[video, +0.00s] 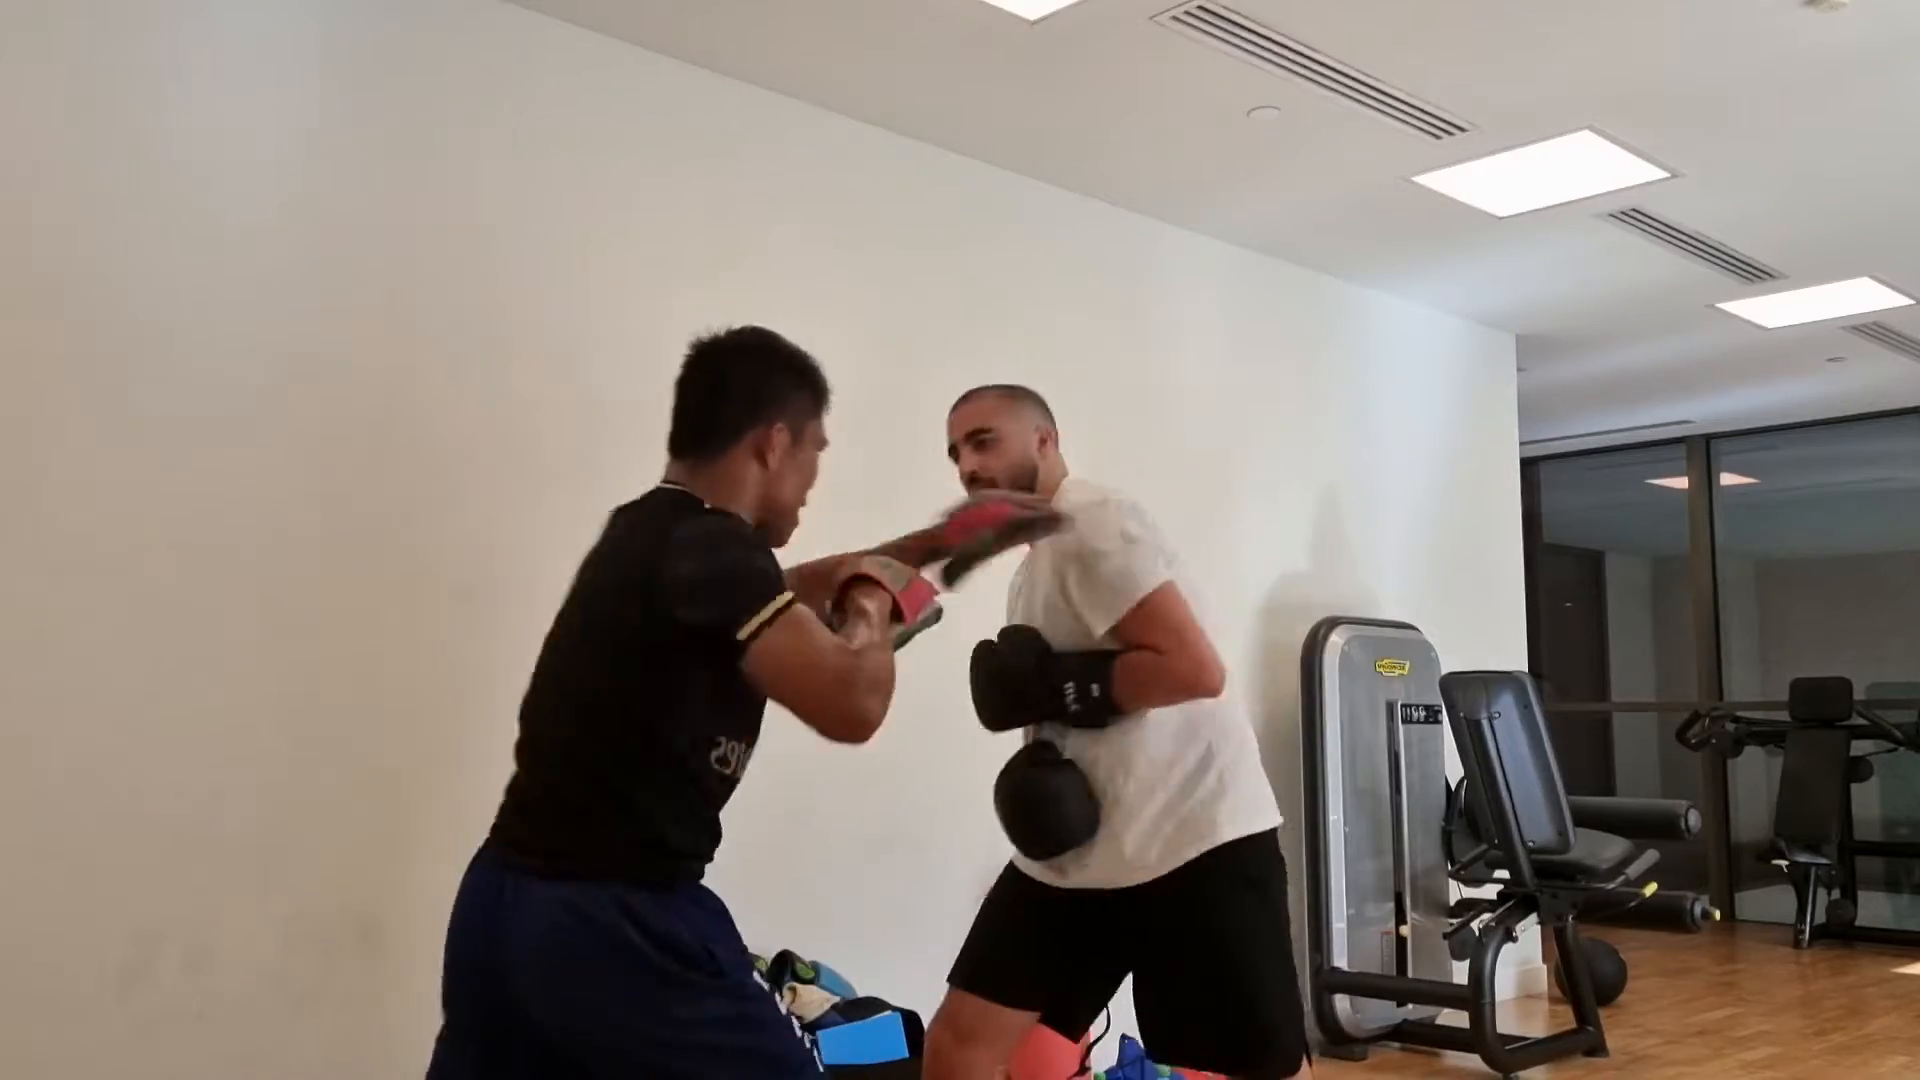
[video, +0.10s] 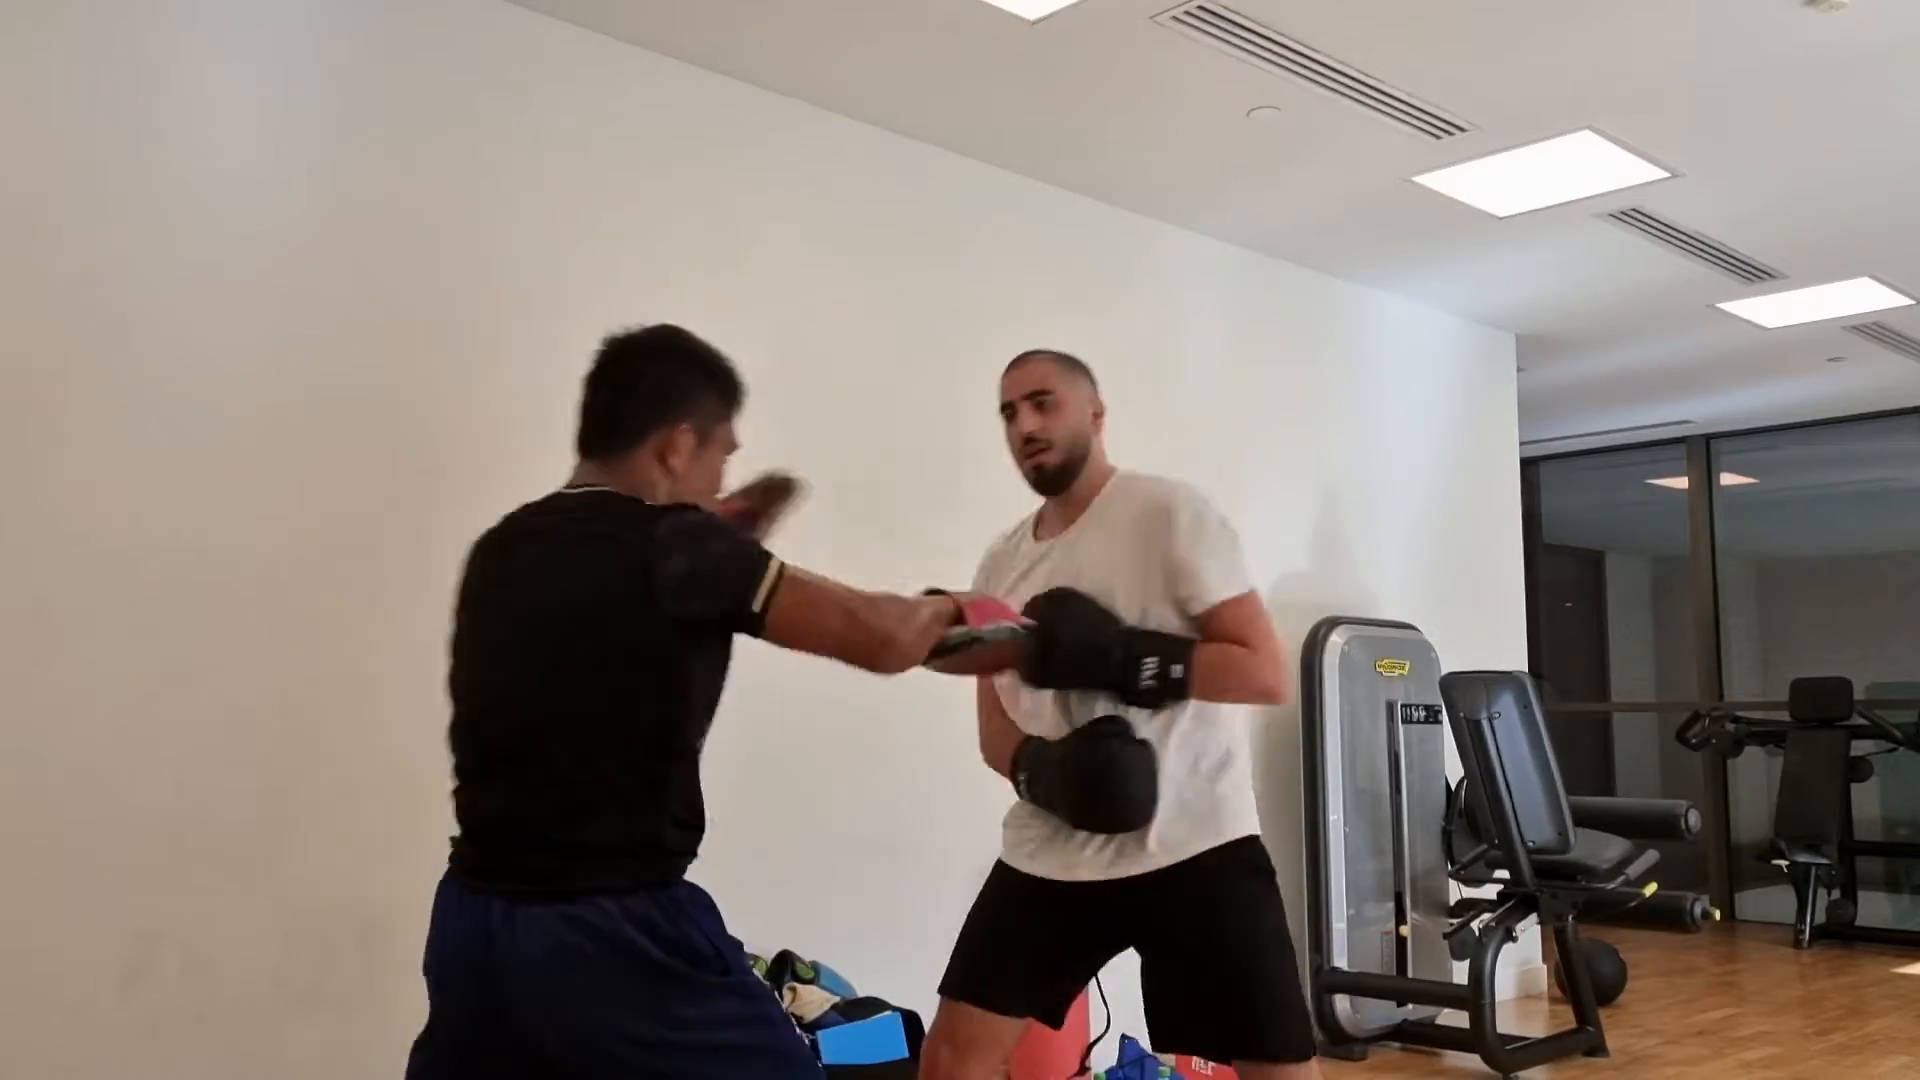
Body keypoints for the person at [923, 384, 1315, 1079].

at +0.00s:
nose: (967, 466)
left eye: (983, 441)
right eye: (957, 452)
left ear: (1046, 442)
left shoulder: (1097, 528)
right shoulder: (1028, 579)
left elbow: (1195, 669)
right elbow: (1068, 708)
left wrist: (1052, 684)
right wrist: (1039, 776)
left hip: (1198, 844)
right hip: (1078, 853)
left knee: (1268, 1067)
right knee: (961, 1048)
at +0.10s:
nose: (1023, 425)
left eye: (1042, 402)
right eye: (1009, 413)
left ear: (1097, 411)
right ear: (1003, 435)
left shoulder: (1173, 513)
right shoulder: (1003, 563)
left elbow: (1266, 674)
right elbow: (994, 728)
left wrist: (1124, 657)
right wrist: (1047, 768)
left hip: (1198, 855)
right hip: (1048, 862)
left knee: (1282, 1068)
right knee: (955, 1060)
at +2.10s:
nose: (825, 663)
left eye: (827, 635)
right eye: (819, 647)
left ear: (881, 596)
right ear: (884, 601)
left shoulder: (978, 639)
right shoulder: (948, 674)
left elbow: (1086, 779)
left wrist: (961, 824)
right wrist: (1024, 838)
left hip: (1198, 830)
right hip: (1094, 860)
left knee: (1252, 1064)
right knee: (958, 1033)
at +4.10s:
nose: (1098, 454)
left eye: (1121, 431)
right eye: (1087, 434)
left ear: (1179, 439)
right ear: (1075, 441)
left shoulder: (1254, 567)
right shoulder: (1036, 544)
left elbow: (1300, 693)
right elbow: (969, 694)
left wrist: (1317, 767)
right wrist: (1030, 690)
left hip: (1203, 859)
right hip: (1057, 855)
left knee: (1270, 1069)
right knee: (946, 1062)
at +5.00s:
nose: (1143, 431)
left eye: (1165, 412)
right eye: (1123, 414)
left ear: (1202, 434)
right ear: (1103, 436)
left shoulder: (1237, 561)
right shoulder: (1056, 537)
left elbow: (1270, 737)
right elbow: (995, 711)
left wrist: (1225, 707)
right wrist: (1104, 794)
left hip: (1204, 865)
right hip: (1056, 866)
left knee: (1298, 1066)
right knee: (966, 1070)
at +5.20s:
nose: (1014, 425)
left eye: (1034, 403)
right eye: (1002, 413)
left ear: (1092, 410)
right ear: (996, 432)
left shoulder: (1163, 520)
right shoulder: (1002, 567)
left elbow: (1234, 680)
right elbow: (1005, 701)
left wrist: (1089, 675)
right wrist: (1035, 778)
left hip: (1199, 846)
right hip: (1059, 849)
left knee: (1273, 1068)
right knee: (941, 1056)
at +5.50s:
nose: (891, 685)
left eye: (894, 653)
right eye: (878, 664)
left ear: (958, 621)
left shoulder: (1095, 671)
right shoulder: (952, 712)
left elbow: (1243, 786)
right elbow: (1028, 812)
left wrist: (1102, 824)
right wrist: (1030, 881)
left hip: (1206, 877)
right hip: (1078, 892)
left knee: (1254, 1069)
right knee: (939, 1043)